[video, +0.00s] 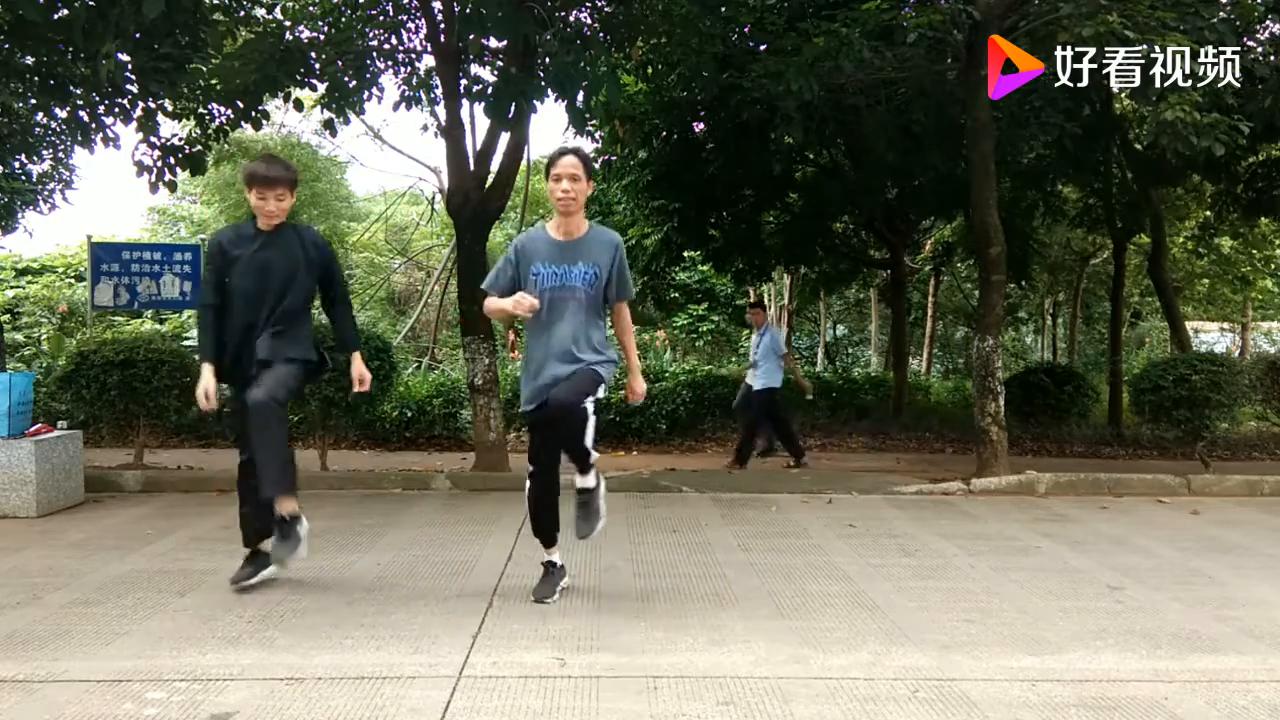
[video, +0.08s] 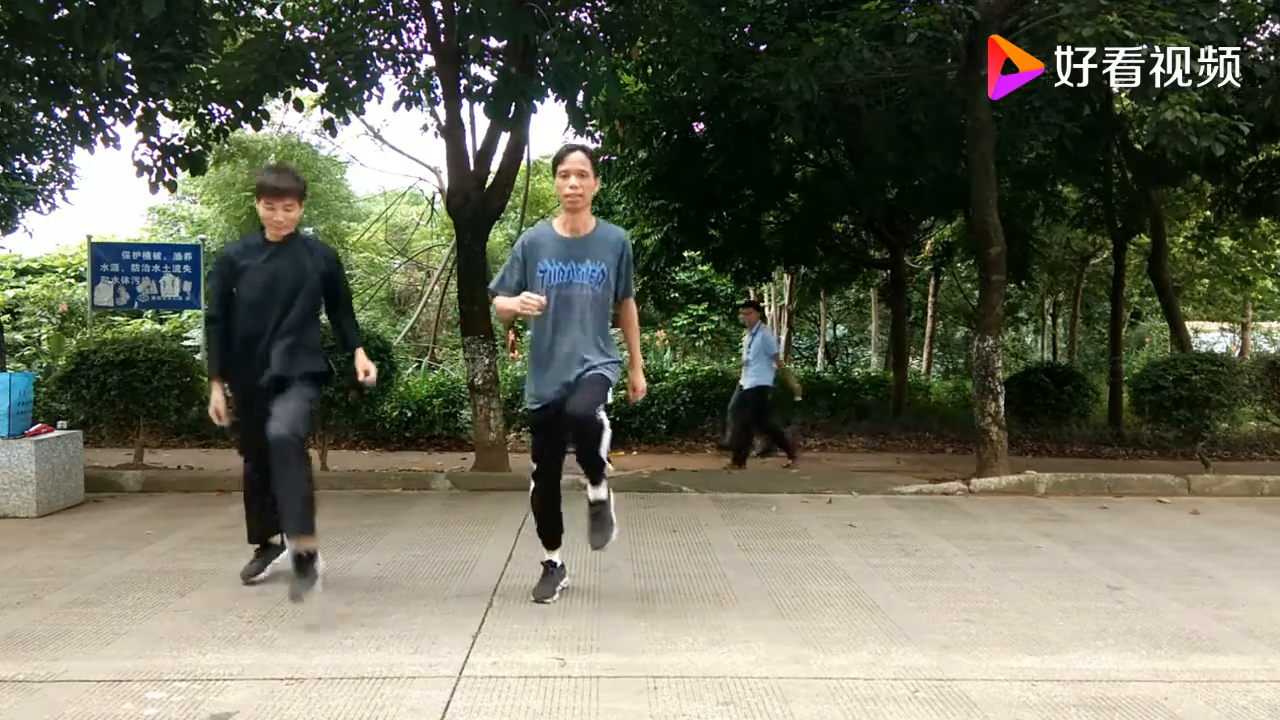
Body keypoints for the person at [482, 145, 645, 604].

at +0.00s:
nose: (566, 187)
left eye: (574, 179)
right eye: (558, 179)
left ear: (589, 187)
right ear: (547, 186)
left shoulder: (608, 244)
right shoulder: (526, 244)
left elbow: (621, 310)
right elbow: (490, 303)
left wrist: (634, 369)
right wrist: (511, 304)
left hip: (590, 362)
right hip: (539, 370)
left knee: (561, 405)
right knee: (542, 469)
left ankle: (587, 480)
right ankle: (551, 561)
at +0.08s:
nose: (573, 183)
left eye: (582, 175)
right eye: (565, 175)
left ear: (596, 184)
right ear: (554, 183)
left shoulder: (615, 241)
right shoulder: (532, 241)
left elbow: (626, 304)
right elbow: (500, 301)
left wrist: (636, 365)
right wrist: (516, 302)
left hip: (596, 361)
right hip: (546, 369)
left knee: (583, 415)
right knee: (546, 472)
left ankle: (597, 493)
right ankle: (552, 561)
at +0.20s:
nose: (592, 183)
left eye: (600, 174)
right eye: (583, 175)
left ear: (614, 183)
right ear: (572, 183)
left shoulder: (631, 242)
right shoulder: (546, 240)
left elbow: (638, 302)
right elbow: (528, 298)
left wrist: (645, 359)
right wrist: (538, 322)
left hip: (610, 380)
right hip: (555, 381)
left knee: (612, 465)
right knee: (548, 473)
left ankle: (619, 558)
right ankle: (547, 554)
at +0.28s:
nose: (600, 196)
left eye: (608, 188)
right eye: (592, 188)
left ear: (621, 196)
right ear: (579, 197)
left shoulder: (638, 255)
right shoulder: (558, 252)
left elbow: (645, 321)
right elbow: (542, 314)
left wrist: (649, 380)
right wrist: (544, 351)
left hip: (619, 394)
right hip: (566, 393)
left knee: (620, 490)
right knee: (548, 481)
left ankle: (630, 579)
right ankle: (542, 556)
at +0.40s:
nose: (612, 179)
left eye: (621, 171)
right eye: (604, 171)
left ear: (634, 180)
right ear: (591, 181)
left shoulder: (656, 239)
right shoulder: (571, 241)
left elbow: (665, 306)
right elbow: (562, 309)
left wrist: (667, 367)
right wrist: (554, 373)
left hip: (638, 382)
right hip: (582, 380)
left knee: (633, 486)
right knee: (565, 477)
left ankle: (630, 581)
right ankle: (557, 539)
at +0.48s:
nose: (616, 175)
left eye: (625, 167)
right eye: (608, 167)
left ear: (638, 176)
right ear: (597, 176)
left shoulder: (661, 233)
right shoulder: (576, 237)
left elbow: (674, 301)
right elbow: (570, 303)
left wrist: (678, 357)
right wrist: (563, 366)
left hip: (646, 373)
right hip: (589, 370)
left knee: (639, 480)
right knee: (576, 460)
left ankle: (630, 573)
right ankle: (574, 513)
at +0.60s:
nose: (630, 193)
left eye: (638, 185)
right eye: (622, 186)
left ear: (652, 193)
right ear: (610, 195)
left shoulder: (675, 252)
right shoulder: (589, 252)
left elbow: (692, 310)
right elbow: (583, 316)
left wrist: (688, 342)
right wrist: (580, 371)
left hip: (657, 375)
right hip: (605, 369)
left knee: (645, 479)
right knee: (612, 423)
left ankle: (634, 569)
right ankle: (608, 489)